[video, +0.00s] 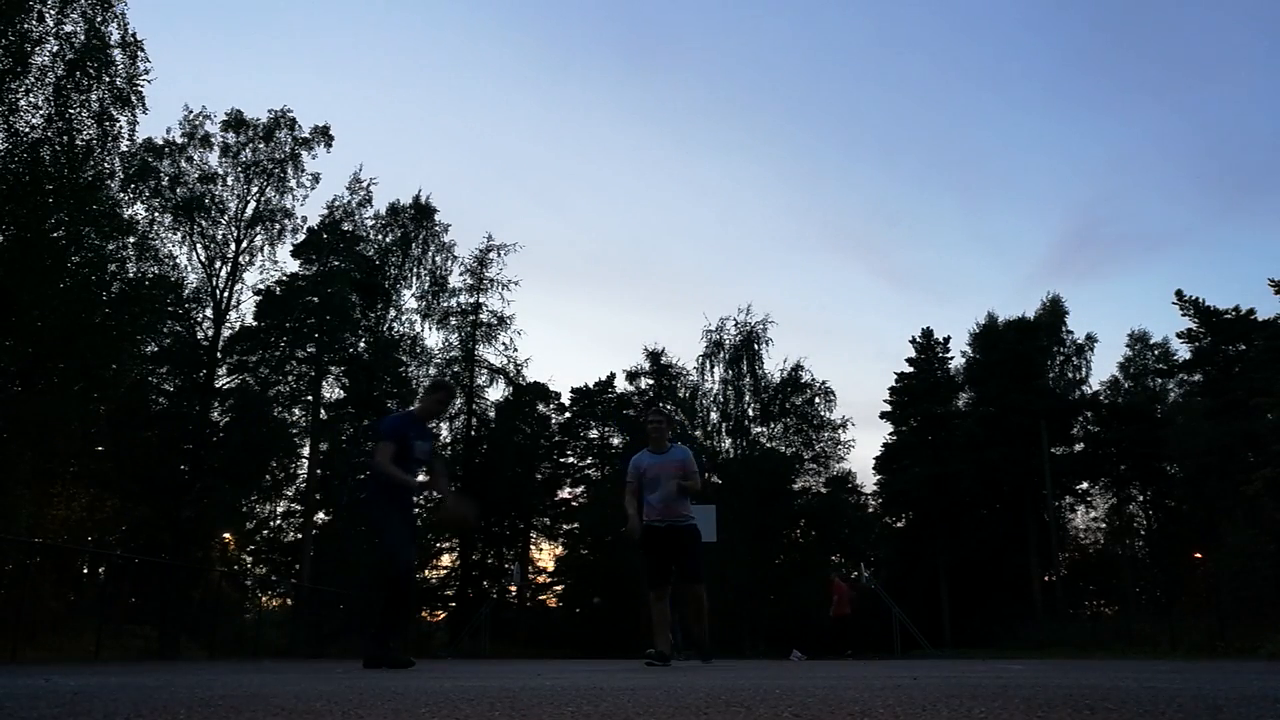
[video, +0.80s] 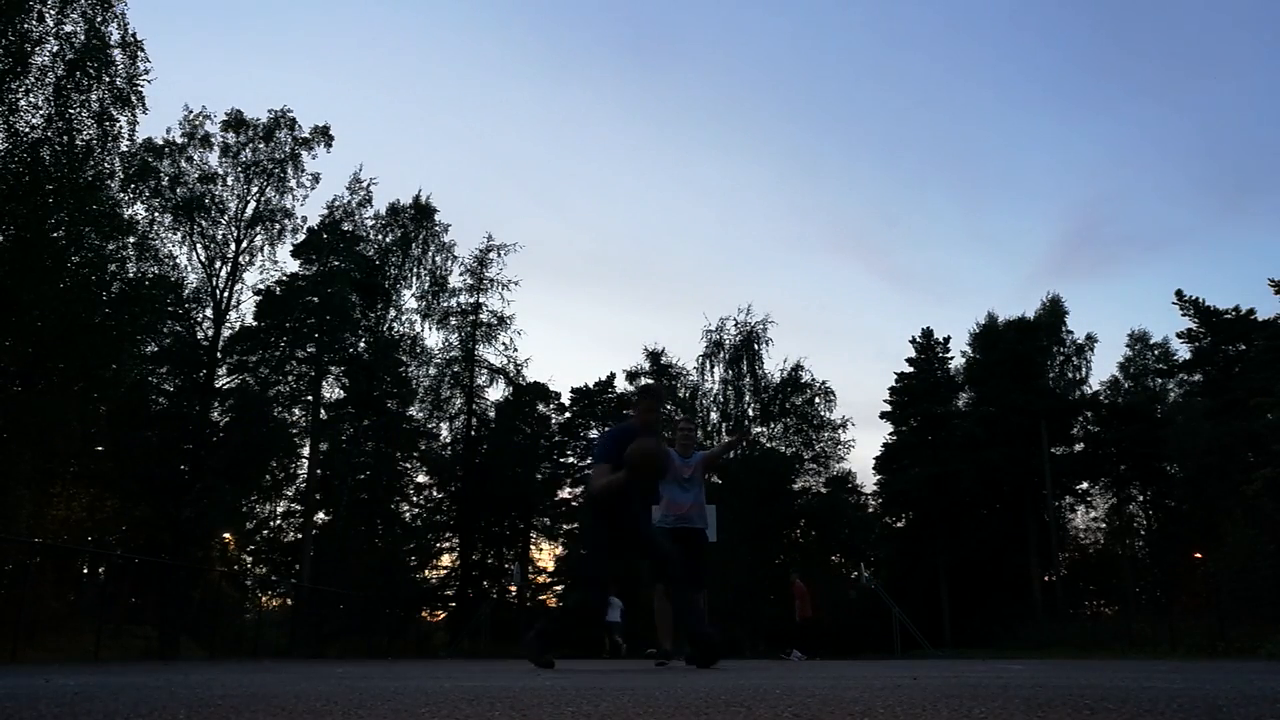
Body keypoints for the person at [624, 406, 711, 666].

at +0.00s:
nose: (655, 427)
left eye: (659, 423)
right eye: (651, 423)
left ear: (668, 427)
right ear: (646, 428)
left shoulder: (683, 454)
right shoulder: (638, 460)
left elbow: (696, 485)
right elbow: (630, 495)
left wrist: (681, 484)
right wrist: (634, 520)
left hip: (683, 527)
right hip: (653, 529)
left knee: (694, 587)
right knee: (658, 589)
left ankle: (701, 645)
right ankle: (662, 649)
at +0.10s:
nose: (662, 428)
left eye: (666, 424)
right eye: (659, 424)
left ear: (674, 428)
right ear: (653, 428)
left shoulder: (688, 455)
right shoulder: (644, 460)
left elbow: (701, 488)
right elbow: (636, 492)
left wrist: (688, 486)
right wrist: (640, 507)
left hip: (685, 529)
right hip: (656, 529)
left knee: (693, 589)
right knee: (659, 591)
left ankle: (699, 648)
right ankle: (663, 650)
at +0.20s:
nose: (671, 430)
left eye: (675, 426)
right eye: (667, 426)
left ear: (681, 430)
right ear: (660, 430)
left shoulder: (694, 457)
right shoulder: (650, 460)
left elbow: (711, 486)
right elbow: (635, 492)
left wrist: (702, 483)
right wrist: (649, 479)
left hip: (688, 530)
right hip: (659, 530)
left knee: (691, 590)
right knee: (661, 591)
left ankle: (693, 649)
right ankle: (663, 650)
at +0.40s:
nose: (684, 433)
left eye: (688, 429)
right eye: (680, 429)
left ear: (694, 433)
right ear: (673, 432)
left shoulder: (702, 459)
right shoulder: (661, 456)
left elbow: (725, 474)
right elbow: (642, 465)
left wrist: (725, 459)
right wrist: (650, 443)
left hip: (693, 532)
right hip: (665, 531)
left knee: (694, 592)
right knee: (663, 591)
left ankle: (694, 651)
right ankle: (663, 651)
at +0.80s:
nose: (687, 434)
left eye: (690, 430)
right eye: (683, 430)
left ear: (696, 435)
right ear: (674, 434)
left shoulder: (700, 458)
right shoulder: (665, 456)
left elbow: (719, 450)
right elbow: (646, 449)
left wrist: (735, 441)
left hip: (695, 530)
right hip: (666, 529)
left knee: (695, 589)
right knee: (665, 588)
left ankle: (698, 648)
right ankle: (665, 648)